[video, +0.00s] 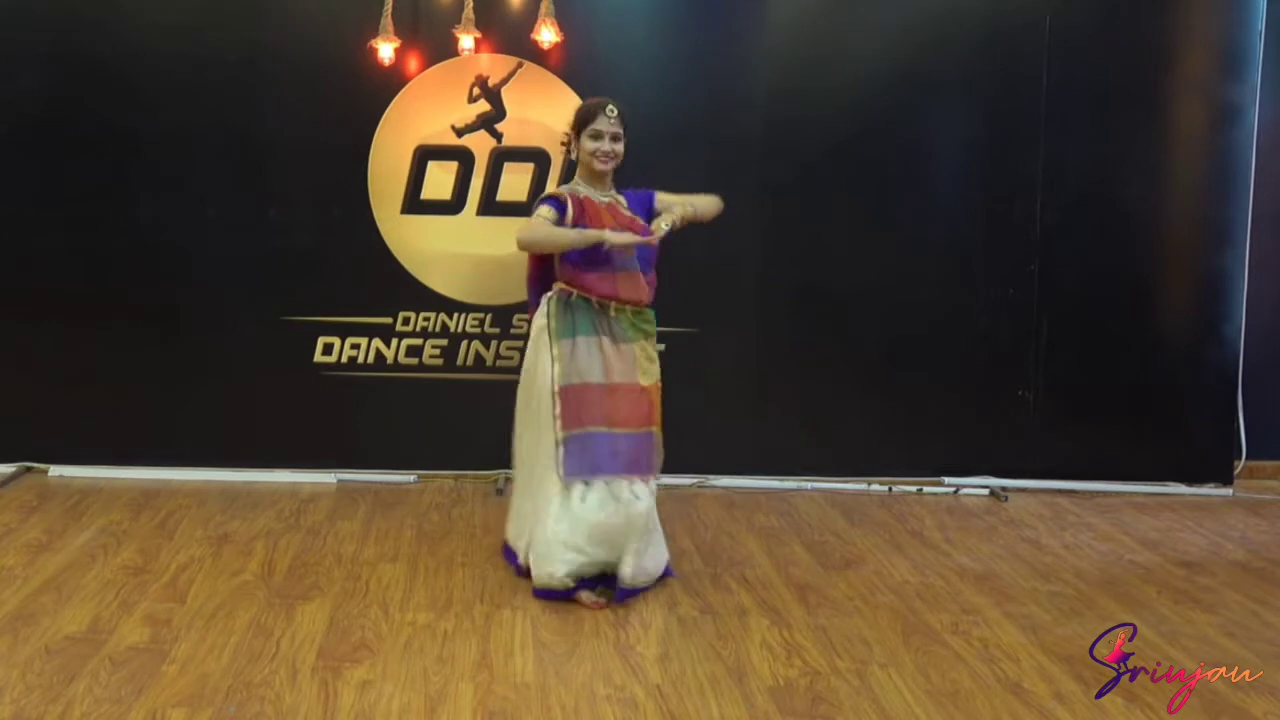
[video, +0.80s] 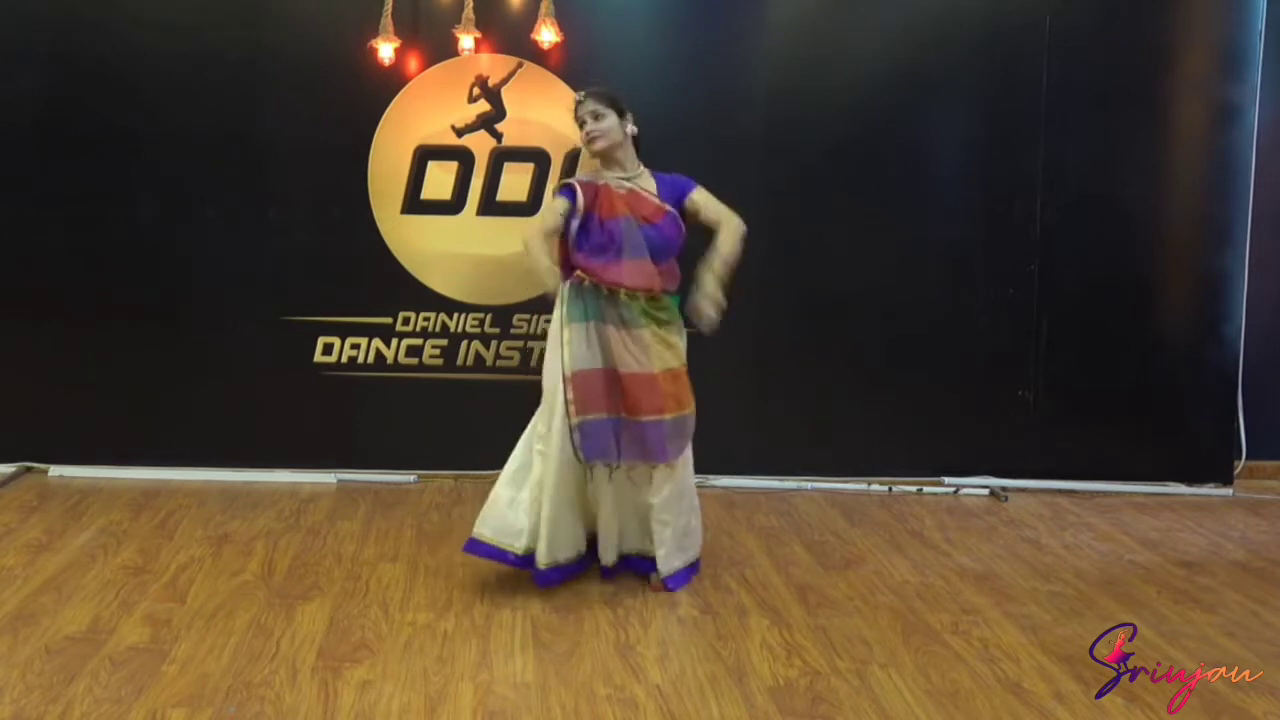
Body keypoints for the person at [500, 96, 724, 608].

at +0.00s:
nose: (607, 146)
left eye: (615, 138)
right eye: (596, 137)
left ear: (624, 145)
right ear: (576, 142)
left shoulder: (638, 201)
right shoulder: (563, 201)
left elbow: (714, 204)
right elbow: (528, 236)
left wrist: (680, 211)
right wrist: (601, 235)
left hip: (629, 339)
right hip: (571, 338)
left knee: (627, 445)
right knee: (575, 447)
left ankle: (618, 561)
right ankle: (569, 566)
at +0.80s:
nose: (589, 129)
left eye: (598, 119)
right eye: (583, 124)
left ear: (628, 124)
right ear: (581, 138)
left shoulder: (669, 186)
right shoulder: (578, 191)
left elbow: (731, 225)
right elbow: (537, 233)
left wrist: (708, 283)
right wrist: (557, 279)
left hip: (653, 326)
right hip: (589, 325)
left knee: (656, 435)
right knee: (581, 433)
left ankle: (655, 548)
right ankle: (576, 546)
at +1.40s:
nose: (550, 143)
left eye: (563, 137)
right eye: (545, 134)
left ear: (584, 153)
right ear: (534, 144)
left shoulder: (588, 222)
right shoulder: (519, 192)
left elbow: (634, 234)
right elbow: (466, 194)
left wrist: (658, 240)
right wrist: (473, 189)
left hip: (541, 338)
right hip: (487, 323)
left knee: (540, 444)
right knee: (486, 443)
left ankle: (494, 555)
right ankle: (469, 560)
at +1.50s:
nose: (573, 177)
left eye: (582, 172)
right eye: (565, 164)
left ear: (587, 183)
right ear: (540, 164)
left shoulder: (566, 249)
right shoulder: (509, 211)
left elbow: (625, 284)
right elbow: (476, 247)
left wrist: (678, 312)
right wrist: (537, 280)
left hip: (522, 354)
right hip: (471, 340)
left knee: (526, 459)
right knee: (493, 458)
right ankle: (444, 569)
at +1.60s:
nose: (578, 198)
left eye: (586, 191)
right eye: (573, 184)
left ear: (584, 195)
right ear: (543, 175)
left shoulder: (551, 254)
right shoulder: (505, 221)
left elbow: (606, 303)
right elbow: (485, 278)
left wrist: (675, 346)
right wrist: (545, 322)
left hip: (502, 356)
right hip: (458, 346)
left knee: (499, 460)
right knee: (474, 461)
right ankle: (437, 580)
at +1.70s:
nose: (572, 208)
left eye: (578, 199)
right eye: (567, 194)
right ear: (535, 183)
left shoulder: (536, 256)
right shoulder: (490, 227)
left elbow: (588, 316)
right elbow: (482, 295)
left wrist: (647, 360)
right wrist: (533, 338)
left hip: (486, 360)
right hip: (441, 350)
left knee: (484, 464)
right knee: (463, 464)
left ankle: (456, 576)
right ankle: (438, 578)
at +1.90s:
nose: (517, 166)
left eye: (524, 157)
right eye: (506, 155)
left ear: (531, 166)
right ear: (478, 156)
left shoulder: (522, 240)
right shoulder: (447, 204)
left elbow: (554, 320)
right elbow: (404, 254)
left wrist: (590, 399)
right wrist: (443, 322)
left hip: (478, 356)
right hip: (420, 345)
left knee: (472, 463)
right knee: (452, 459)